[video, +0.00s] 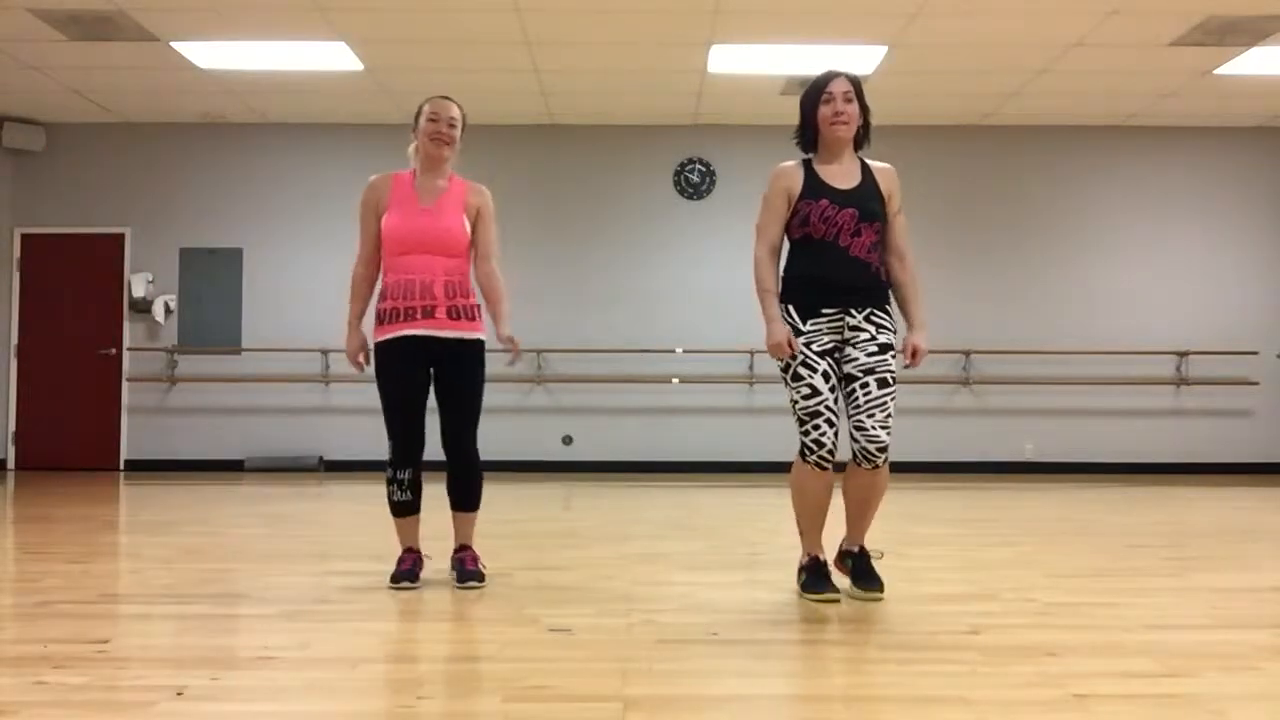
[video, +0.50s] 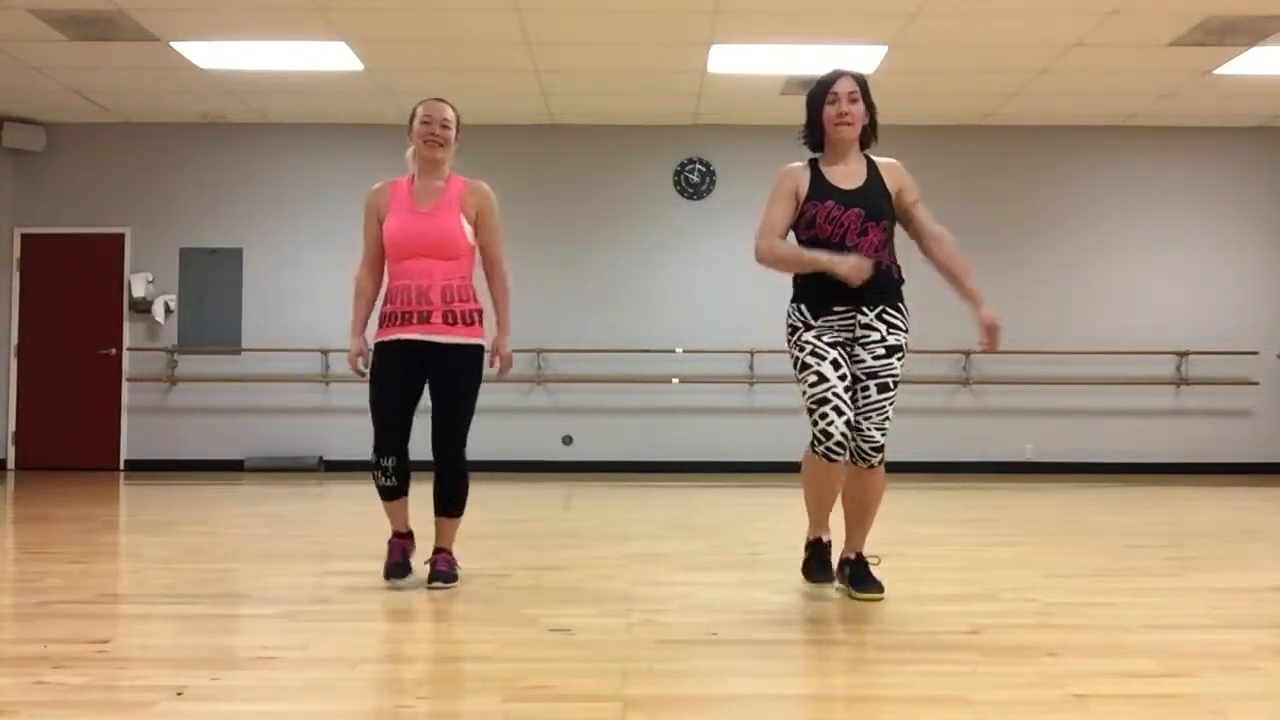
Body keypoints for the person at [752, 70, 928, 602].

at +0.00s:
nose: (839, 108)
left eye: (848, 100)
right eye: (827, 101)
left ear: (861, 112)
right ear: (811, 114)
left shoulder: (883, 177)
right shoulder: (789, 176)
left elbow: (899, 257)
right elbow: (765, 253)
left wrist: (915, 324)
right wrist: (773, 320)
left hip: (872, 322)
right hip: (806, 323)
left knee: (873, 440)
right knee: (821, 440)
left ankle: (853, 549)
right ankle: (812, 559)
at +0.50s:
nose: (845, 108)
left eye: (854, 100)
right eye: (835, 101)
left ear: (869, 112)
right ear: (817, 114)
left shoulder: (891, 174)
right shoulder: (796, 177)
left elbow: (935, 241)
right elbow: (766, 249)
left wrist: (979, 304)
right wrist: (831, 260)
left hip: (881, 318)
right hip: (817, 319)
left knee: (870, 438)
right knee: (832, 431)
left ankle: (854, 556)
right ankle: (818, 539)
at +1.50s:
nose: (848, 111)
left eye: (857, 102)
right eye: (838, 103)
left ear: (871, 114)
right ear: (819, 114)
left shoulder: (891, 174)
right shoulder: (798, 171)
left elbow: (972, 159)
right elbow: (721, 162)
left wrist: (902, 160)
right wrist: (647, 156)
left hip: (884, 319)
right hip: (820, 320)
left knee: (874, 444)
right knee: (839, 440)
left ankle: (858, 563)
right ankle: (811, 557)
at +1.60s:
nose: (846, 110)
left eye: (855, 101)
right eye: (836, 102)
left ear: (869, 113)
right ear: (817, 114)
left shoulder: (889, 176)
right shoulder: (795, 169)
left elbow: (971, 163)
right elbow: (719, 162)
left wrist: (901, 161)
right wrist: (644, 155)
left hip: (879, 320)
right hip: (814, 320)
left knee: (873, 446)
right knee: (831, 443)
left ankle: (858, 561)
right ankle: (810, 559)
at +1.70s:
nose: (846, 107)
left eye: (854, 98)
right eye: (835, 99)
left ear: (868, 110)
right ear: (817, 111)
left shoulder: (888, 174)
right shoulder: (795, 166)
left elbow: (970, 159)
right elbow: (718, 158)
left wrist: (895, 160)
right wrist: (647, 152)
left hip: (876, 317)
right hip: (811, 317)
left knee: (881, 438)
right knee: (823, 436)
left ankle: (859, 547)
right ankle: (809, 559)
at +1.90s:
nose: (848, 110)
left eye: (857, 101)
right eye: (838, 102)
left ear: (871, 113)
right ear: (820, 114)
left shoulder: (892, 174)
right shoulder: (798, 169)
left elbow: (972, 159)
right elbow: (719, 159)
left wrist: (898, 162)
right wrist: (648, 150)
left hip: (879, 318)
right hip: (813, 319)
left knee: (875, 442)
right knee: (825, 441)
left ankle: (862, 554)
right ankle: (813, 560)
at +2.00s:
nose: (847, 108)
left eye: (856, 99)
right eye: (837, 100)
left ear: (871, 111)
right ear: (820, 112)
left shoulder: (893, 164)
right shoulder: (798, 166)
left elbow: (964, 158)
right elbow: (730, 160)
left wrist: (962, 139)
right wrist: (684, 139)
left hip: (882, 317)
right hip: (817, 317)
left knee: (876, 441)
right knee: (827, 438)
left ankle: (859, 556)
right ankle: (813, 560)